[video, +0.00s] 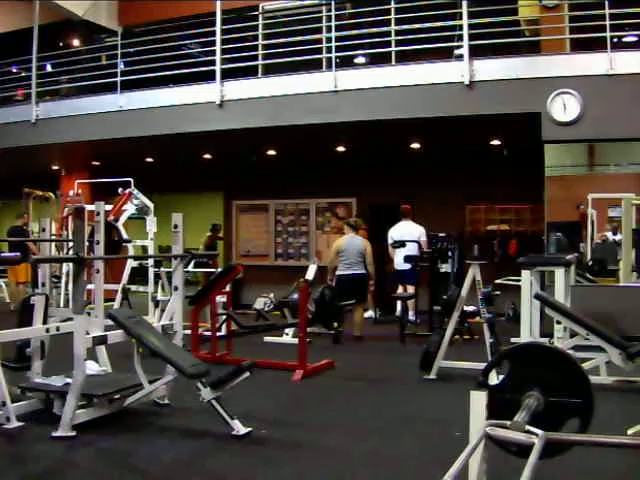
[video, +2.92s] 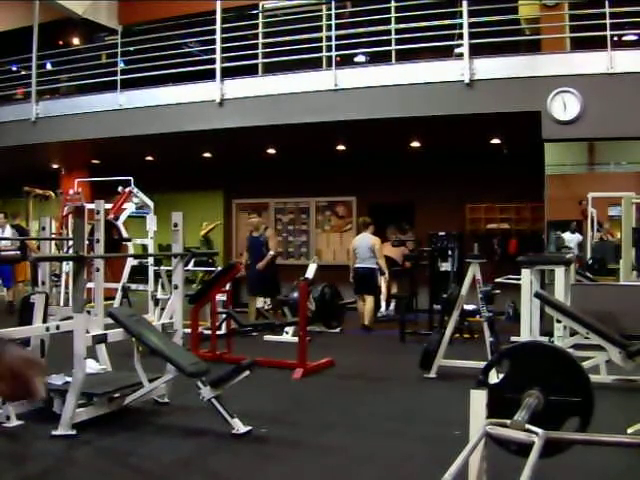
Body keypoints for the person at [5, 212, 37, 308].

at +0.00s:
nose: (28, 220)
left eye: (27, 217)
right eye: (27, 218)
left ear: (17, 218)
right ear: (24, 218)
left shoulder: (10, 230)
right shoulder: (23, 231)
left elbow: (10, 244)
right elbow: (30, 244)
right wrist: (36, 251)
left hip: (10, 260)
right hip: (22, 259)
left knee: (12, 284)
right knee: (21, 284)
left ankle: (13, 303)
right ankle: (21, 303)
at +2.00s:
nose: (21, 218)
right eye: (21, 216)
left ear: (11, 218)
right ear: (20, 217)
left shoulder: (8, 230)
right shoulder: (23, 230)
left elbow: (7, 242)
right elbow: (30, 243)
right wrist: (37, 251)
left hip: (10, 259)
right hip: (21, 258)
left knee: (12, 283)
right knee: (21, 283)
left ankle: (12, 302)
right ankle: (21, 303)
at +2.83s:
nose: (21, 220)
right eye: (21, 218)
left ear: (12, 217)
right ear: (20, 218)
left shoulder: (7, 228)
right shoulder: (22, 230)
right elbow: (30, 243)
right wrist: (36, 250)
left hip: (9, 258)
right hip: (21, 257)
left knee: (10, 282)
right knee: (19, 282)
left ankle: (10, 301)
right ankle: (18, 302)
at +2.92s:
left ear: (10, 218)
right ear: (20, 217)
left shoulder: (8, 228)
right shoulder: (22, 229)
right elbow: (29, 242)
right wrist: (36, 251)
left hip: (10, 258)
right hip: (21, 258)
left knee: (11, 282)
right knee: (20, 281)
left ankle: (11, 300)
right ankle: (21, 301)